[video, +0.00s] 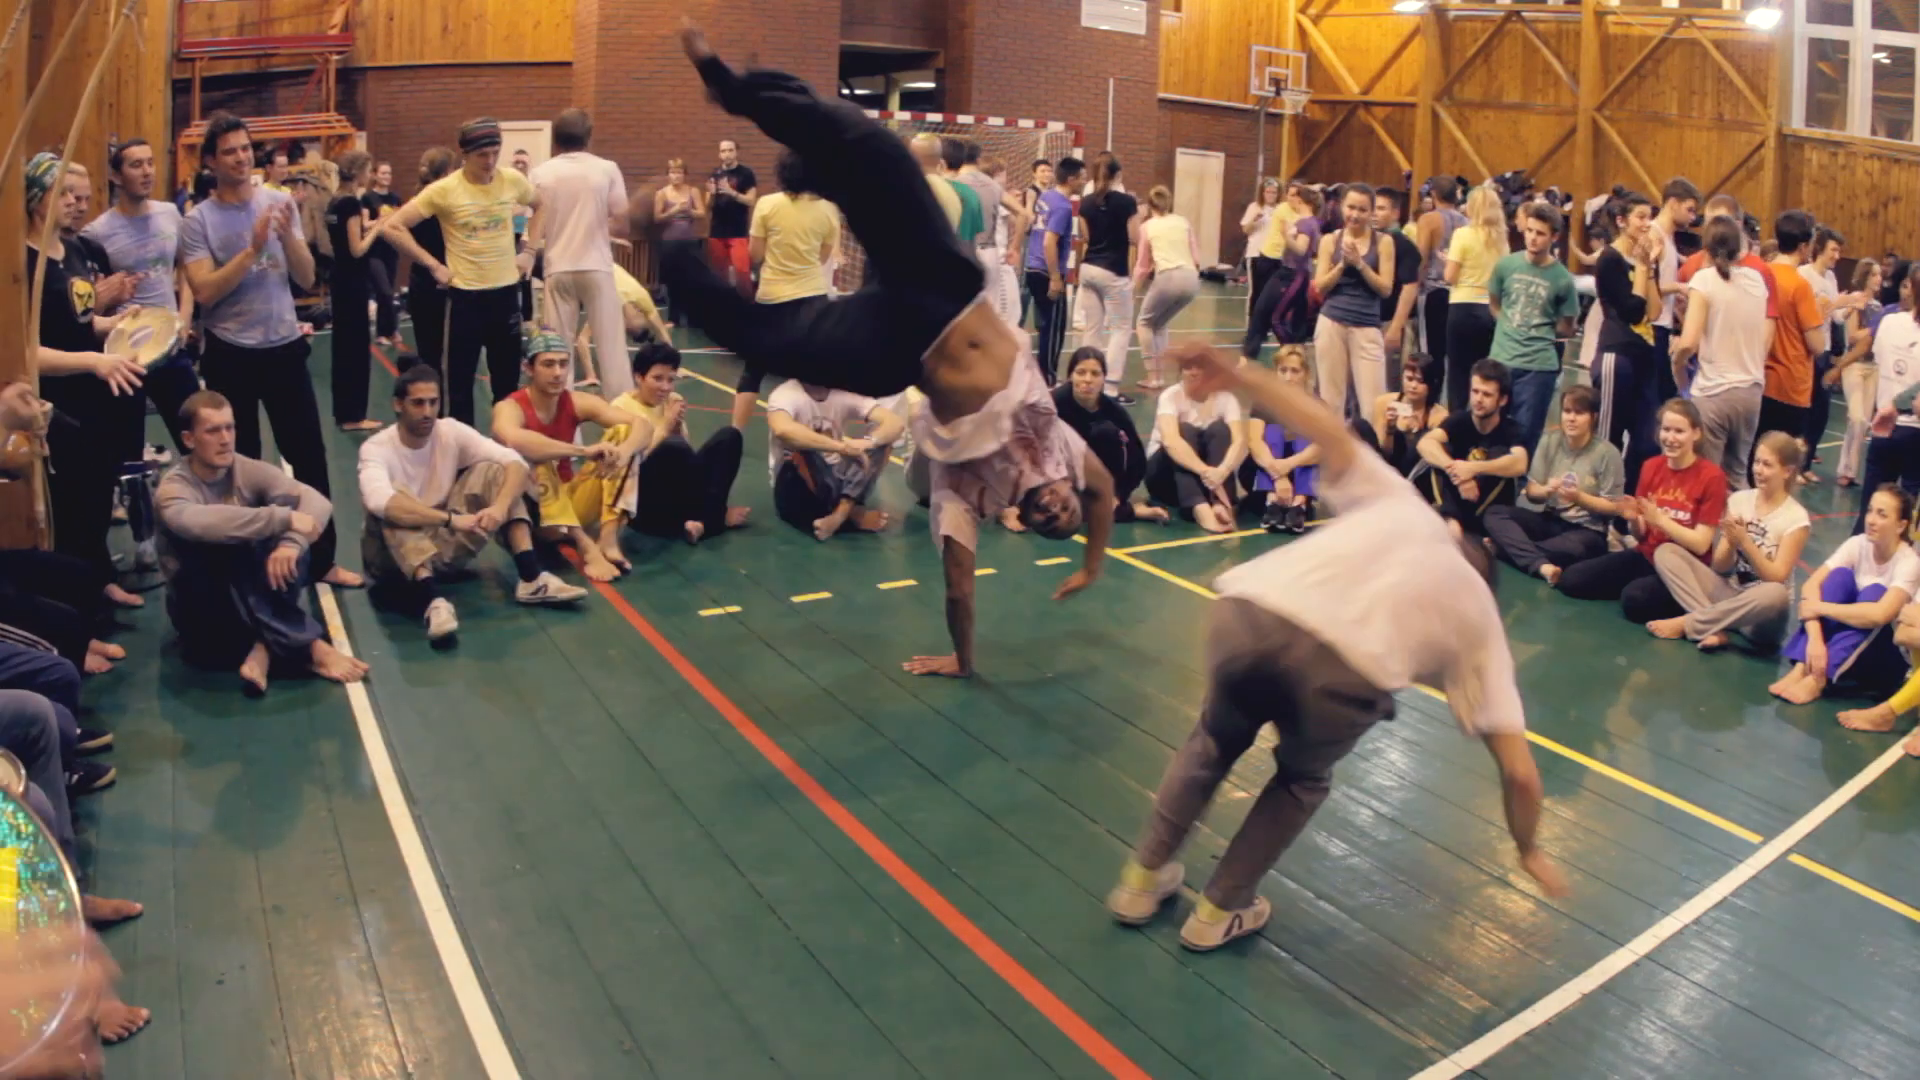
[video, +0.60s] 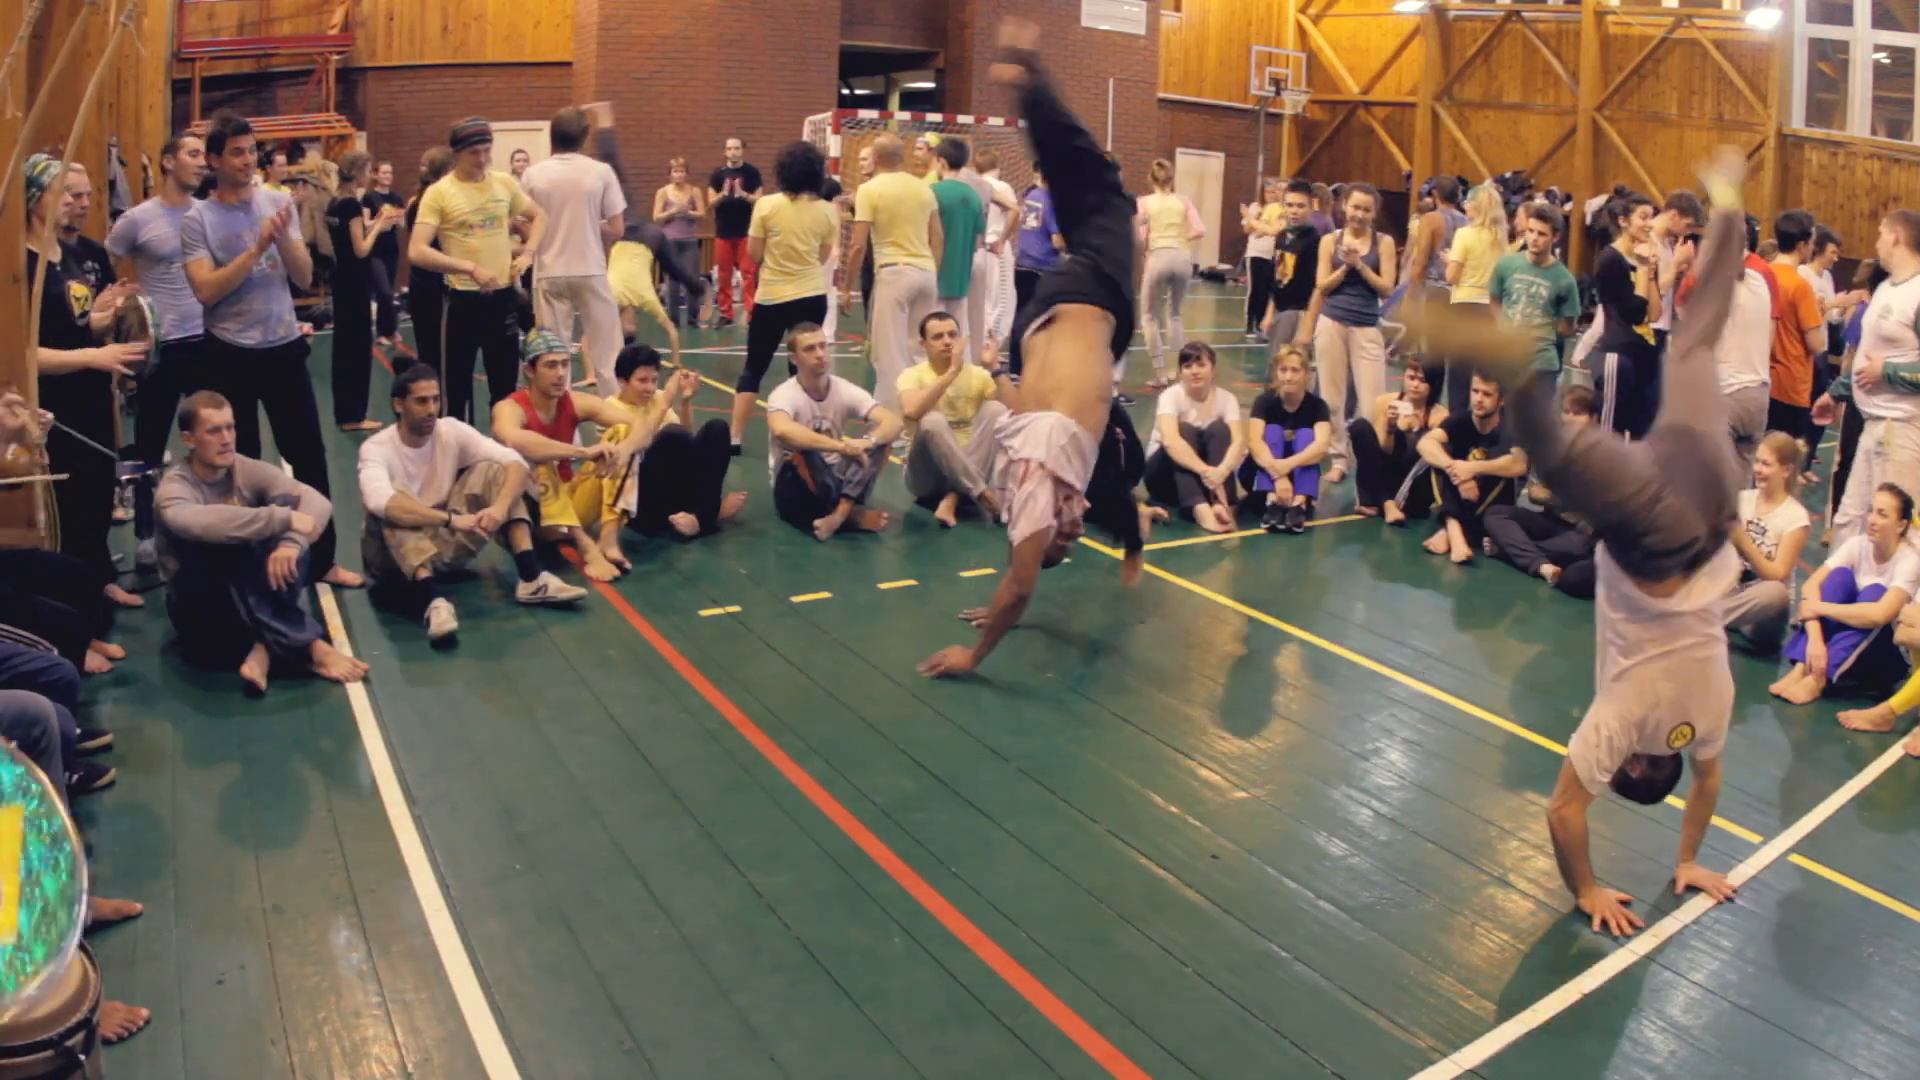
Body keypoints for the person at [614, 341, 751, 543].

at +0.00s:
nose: (665, 387)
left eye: (671, 380)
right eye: (658, 379)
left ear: (675, 381)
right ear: (638, 378)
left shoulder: (671, 405)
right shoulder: (620, 408)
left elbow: (685, 450)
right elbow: (632, 462)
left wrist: (676, 425)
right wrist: (665, 425)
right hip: (644, 512)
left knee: (730, 436)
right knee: (674, 449)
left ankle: (701, 521)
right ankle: (718, 515)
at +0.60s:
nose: (650, 388)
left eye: (654, 381)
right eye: (643, 381)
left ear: (659, 380)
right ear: (623, 382)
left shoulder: (659, 403)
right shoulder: (610, 409)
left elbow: (687, 440)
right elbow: (636, 446)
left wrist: (686, 402)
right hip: (642, 512)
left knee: (717, 428)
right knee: (673, 437)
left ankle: (700, 517)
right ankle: (713, 511)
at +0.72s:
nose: (647, 388)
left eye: (651, 381)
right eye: (639, 382)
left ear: (655, 380)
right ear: (619, 382)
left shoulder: (655, 406)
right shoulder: (606, 413)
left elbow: (684, 436)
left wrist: (683, 399)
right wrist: (657, 400)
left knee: (715, 425)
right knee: (673, 436)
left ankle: (701, 516)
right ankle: (712, 508)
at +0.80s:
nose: (645, 387)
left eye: (649, 379)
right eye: (637, 380)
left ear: (654, 379)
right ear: (616, 383)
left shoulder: (653, 407)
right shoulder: (605, 417)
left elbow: (682, 443)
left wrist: (676, 403)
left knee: (715, 425)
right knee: (673, 435)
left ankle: (699, 514)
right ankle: (712, 509)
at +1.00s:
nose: (639, 380)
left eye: (642, 372)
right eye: (630, 374)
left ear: (647, 373)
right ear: (612, 383)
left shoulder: (656, 403)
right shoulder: (603, 424)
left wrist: (673, 419)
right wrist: (718, 507)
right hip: (646, 514)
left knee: (718, 427)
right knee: (676, 436)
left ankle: (702, 515)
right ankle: (714, 510)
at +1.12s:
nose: (638, 376)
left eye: (640, 368)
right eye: (628, 373)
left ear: (645, 369)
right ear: (612, 384)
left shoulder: (658, 403)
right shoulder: (604, 420)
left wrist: (678, 417)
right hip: (646, 512)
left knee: (719, 428)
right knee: (677, 438)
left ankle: (701, 516)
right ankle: (718, 514)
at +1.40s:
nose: (642, 375)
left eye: (643, 368)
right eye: (632, 372)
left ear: (649, 368)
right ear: (617, 384)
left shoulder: (661, 400)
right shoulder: (610, 413)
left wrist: (676, 419)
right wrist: (661, 420)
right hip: (646, 512)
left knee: (725, 431)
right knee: (676, 439)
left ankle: (702, 516)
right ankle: (720, 513)